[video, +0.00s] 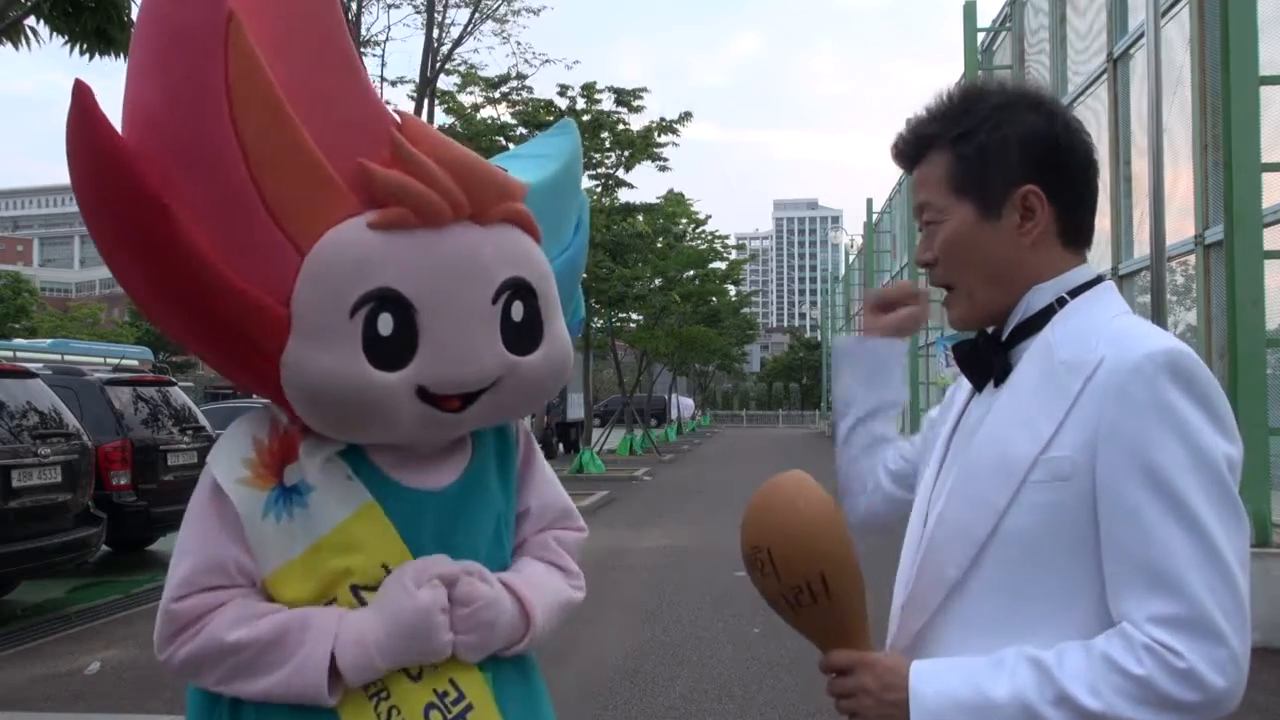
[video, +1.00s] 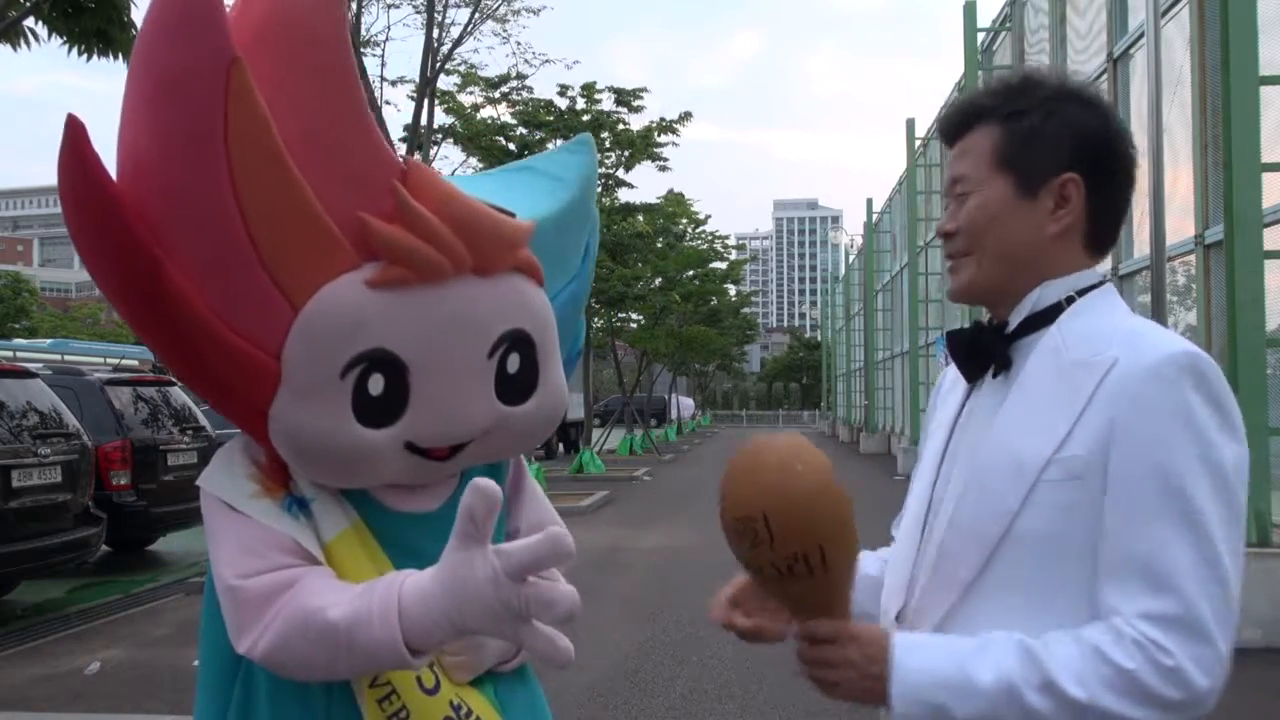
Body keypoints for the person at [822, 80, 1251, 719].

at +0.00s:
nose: (922, 255)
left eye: (933, 222)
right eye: (921, 228)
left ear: (1026, 213)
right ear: (1023, 217)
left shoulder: (1142, 371)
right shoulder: (988, 373)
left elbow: (1192, 663)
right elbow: (873, 500)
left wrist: (923, 692)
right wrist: (874, 346)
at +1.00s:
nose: (942, 225)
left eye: (962, 194)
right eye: (945, 201)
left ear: (1059, 203)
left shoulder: (1155, 375)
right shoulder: (965, 371)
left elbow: (1172, 665)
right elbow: (927, 572)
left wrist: (903, 672)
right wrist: (808, 592)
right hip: (915, 715)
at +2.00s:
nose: (960, 206)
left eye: (983, 173)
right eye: (971, 179)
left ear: (1074, 189)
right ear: (1073, 192)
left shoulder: (1157, 364)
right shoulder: (991, 362)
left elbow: (1099, 656)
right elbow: (951, 569)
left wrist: (851, 615)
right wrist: (839, 588)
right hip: (916, 703)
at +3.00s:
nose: (833, 251)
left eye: (845, 218)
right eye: (837, 222)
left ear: (928, 223)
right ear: (927, 226)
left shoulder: (1055, 374)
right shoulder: (911, 389)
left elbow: (1151, 673)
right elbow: (910, 598)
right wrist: (815, 659)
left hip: (1031, 711)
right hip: (927, 709)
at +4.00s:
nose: (986, 219)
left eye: (1002, 184)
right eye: (992, 187)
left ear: (1102, 198)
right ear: (1099, 200)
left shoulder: (1153, 385)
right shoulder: (1074, 337)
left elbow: (1145, 699)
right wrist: (1118, 71)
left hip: (989, 703)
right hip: (917, 691)